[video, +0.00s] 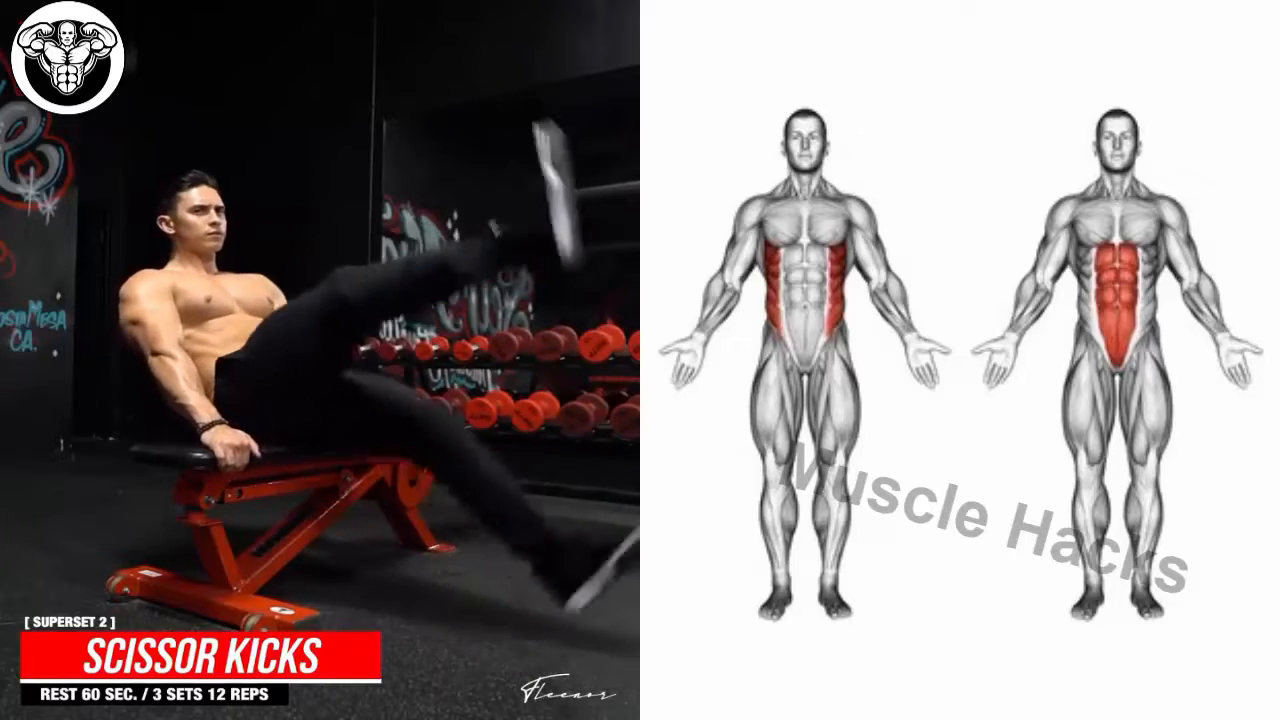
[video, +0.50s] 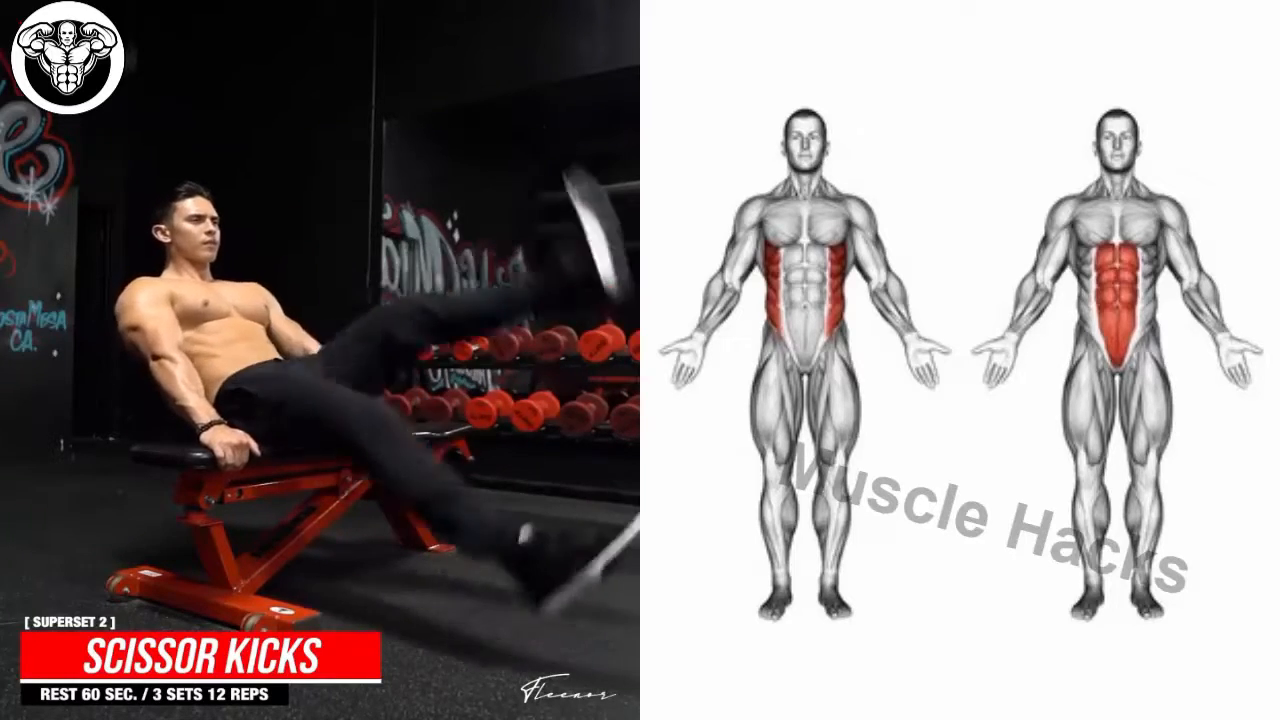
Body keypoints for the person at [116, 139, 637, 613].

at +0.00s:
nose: (215, 221)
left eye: (218, 211)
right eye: (200, 212)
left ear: (223, 220)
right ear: (168, 223)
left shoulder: (258, 284)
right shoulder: (147, 286)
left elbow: (310, 341)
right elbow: (166, 357)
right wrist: (211, 423)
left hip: (311, 397)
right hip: (248, 396)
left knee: (435, 425)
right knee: (341, 293)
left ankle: (560, 562)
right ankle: (516, 247)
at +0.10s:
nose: (218, 219)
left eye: (223, 211)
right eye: (204, 210)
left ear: (228, 223)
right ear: (171, 223)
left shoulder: (259, 282)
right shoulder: (148, 285)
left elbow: (306, 340)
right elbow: (165, 355)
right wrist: (210, 424)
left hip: (306, 393)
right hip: (243, 394)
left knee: (433, 447)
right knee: (336, 286)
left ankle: (545, 591)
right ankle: (496, 215)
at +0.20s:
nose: (215, 225)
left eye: (220, 216)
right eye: (200, 215)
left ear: (225, 225)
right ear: (168, 225)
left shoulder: (257, 286)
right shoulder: (145, 288)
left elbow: (309, 343)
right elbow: (165, 358)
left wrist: (344, 400)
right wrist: (210, 424)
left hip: (308, 394)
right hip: (244, 397)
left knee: (434, 424)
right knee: (338, 299)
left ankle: (541, 570)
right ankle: (520, 256)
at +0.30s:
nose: (210, 227)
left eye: (214, 218)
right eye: (195, 218)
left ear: (218, 229)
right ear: (162, 231)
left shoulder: (250, 290)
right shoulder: (142, 294)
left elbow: (306, 349)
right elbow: (163, 361)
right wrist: (208, 425)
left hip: (298, 395)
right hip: (237, 395)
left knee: (432, 396)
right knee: (348, 329)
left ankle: (573, 492)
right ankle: (528, 350)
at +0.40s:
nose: (209, 228)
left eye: (211, 219)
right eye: (193, 219)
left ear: (214, 232)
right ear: (161, 233)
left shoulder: (248, 293)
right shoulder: (142, 294)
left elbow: (307, 350)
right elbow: (166, 362)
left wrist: (368, 400)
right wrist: (208, 425)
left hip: (298, 385)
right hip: (238, 401)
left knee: (429, 346)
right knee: (371, 368)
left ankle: (593, 388)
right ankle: (540, 470)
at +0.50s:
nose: (209, 229)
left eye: (212, 220)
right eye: (195, 221)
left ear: (216, 230)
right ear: (164, 233)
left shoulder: (252, 295)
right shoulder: (145, 293)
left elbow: (314, 355)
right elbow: (167, 360)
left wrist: (374, 385)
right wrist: (209, 424)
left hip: (301, 379)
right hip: (245, 390)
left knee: (400, 316)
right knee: (370, 419)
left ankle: (559, 286)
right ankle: (521, 552)